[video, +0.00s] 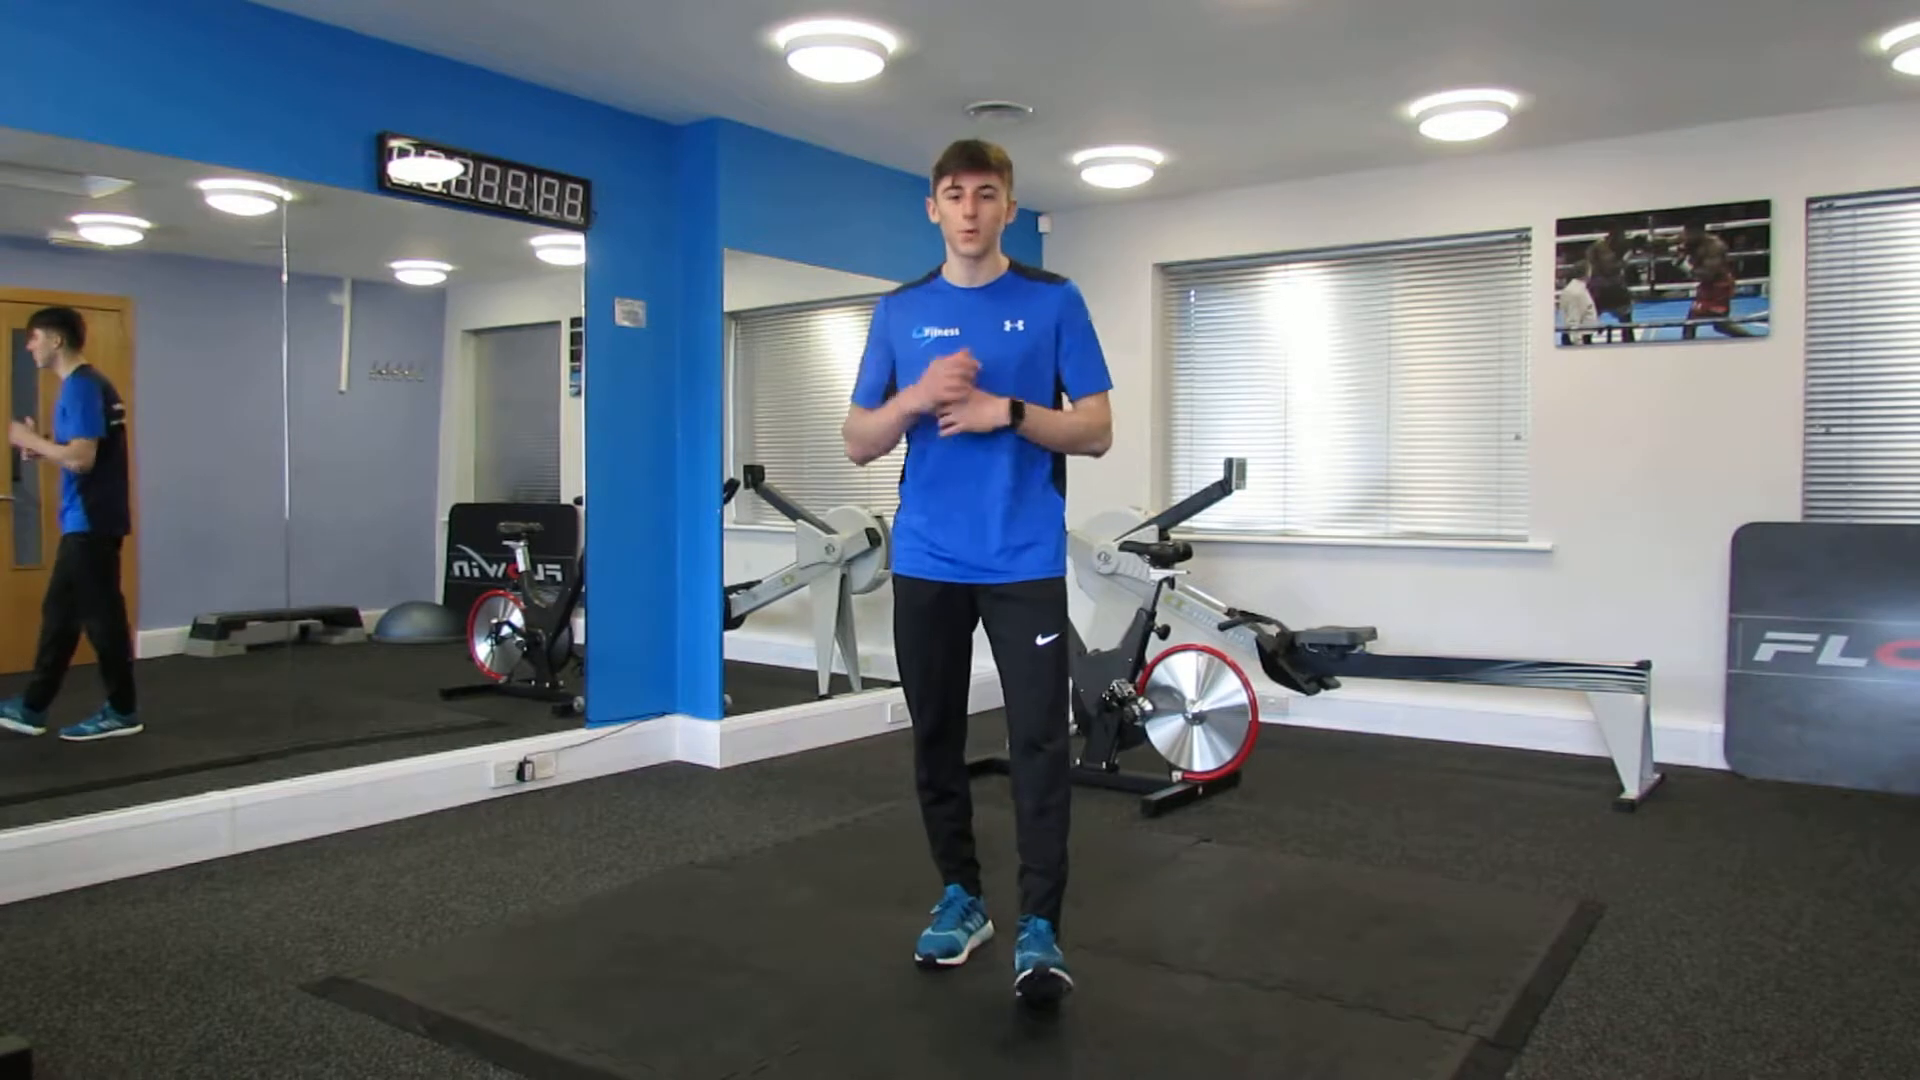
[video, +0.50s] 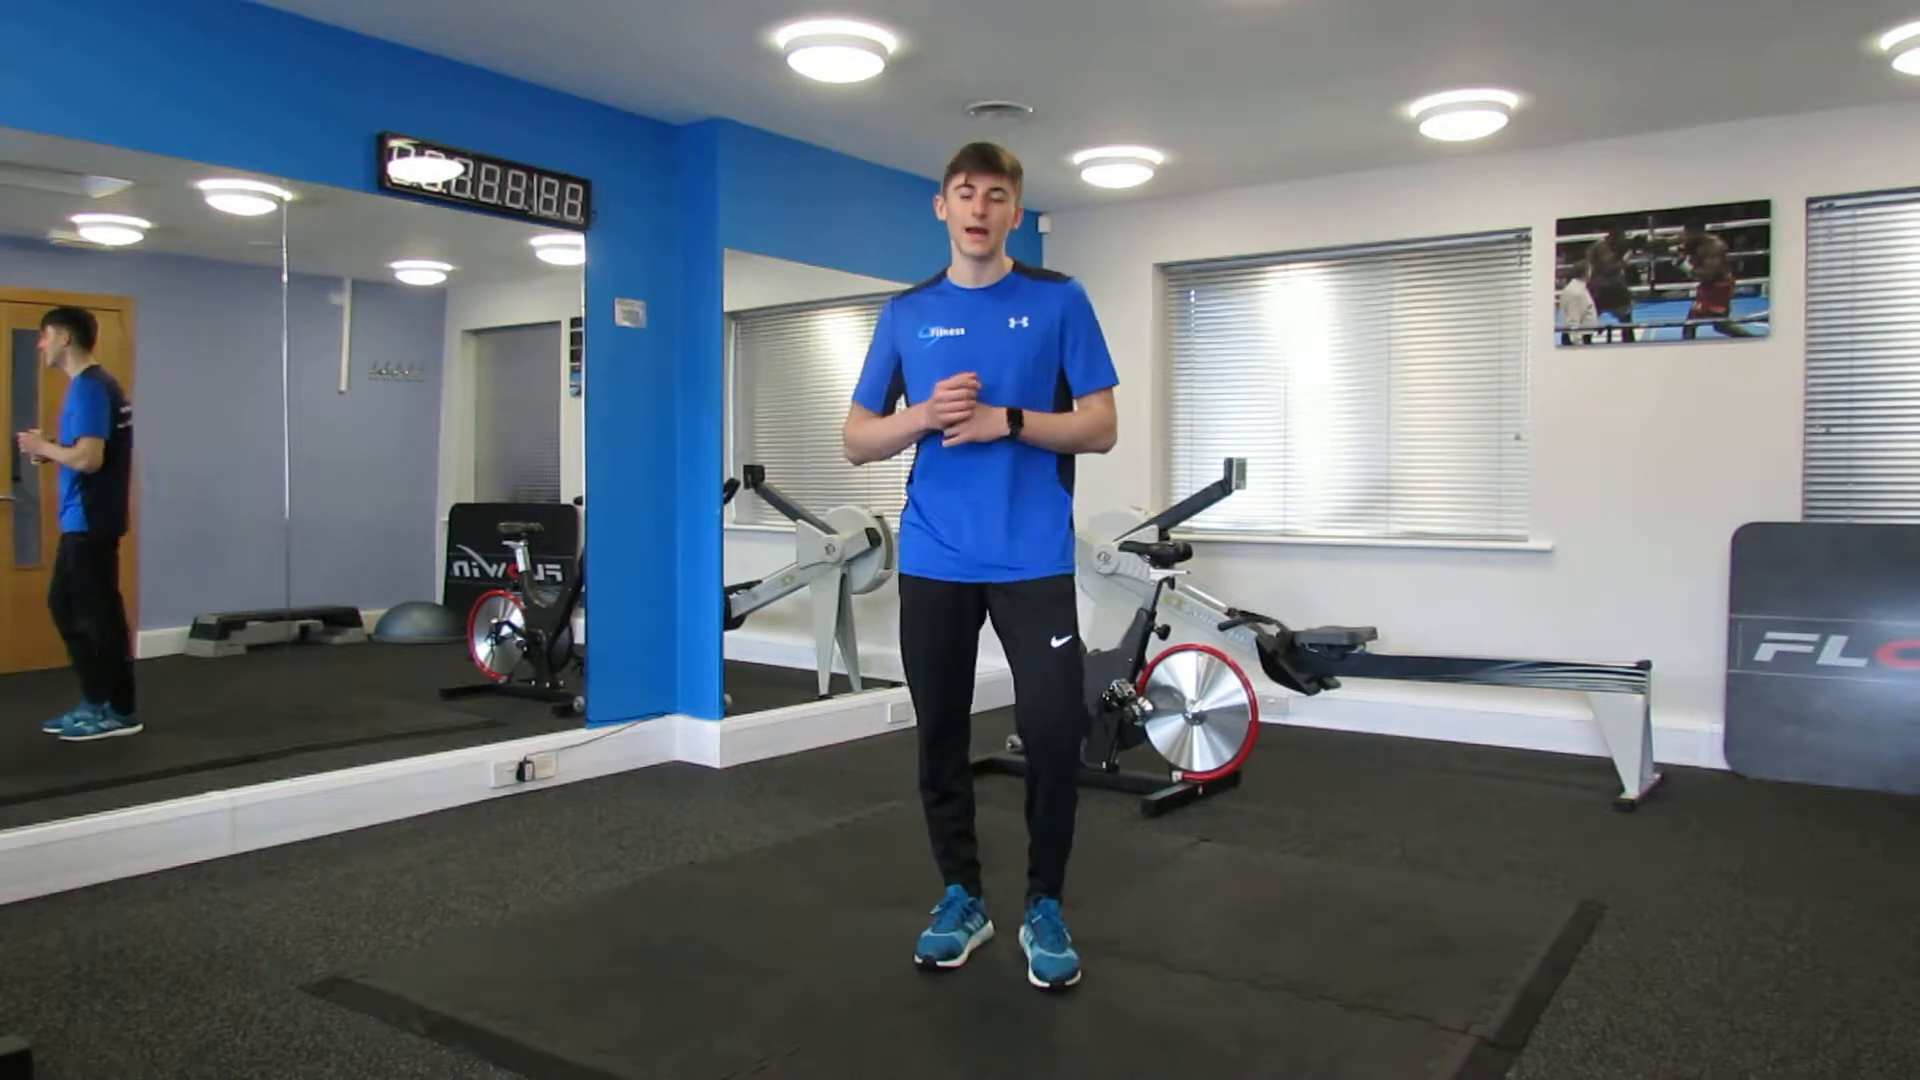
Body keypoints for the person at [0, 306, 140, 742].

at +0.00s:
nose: (30, 347)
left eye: (34, 338)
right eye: (30, 338)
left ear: (57, 340)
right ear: (61, 341)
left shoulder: (83, 386)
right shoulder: (87, 384)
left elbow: (82, 457)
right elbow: (89, 451)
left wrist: (34, 441)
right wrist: (47, 450)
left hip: (93, 527)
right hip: (87, 526)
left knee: (101, 616)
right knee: (60, 613)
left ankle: (122, 709)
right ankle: (32, 708)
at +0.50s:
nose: (40, 345)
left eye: (45, 336)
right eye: (41, 336)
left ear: (67, 339)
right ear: (75, 340)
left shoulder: (92, 387)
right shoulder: (92, 384)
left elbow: (89, 458)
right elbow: (87, 454)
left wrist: (44, 447)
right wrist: (49, 452)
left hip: (92, 526)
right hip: (86, 525)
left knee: (94, 610)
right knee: (65, 604)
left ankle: (117, 708)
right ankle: (96, 702)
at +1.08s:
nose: (14, 350)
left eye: (19, 340)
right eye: (15, 341)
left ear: (38, 342)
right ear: (49, 343)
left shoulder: (54, 389)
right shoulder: (83, 388)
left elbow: (54, 456)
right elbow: (70, 454)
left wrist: (13, 448)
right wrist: (22, 451)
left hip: (57, 524)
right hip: (84, 523)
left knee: (31, 607)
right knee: (75, 606)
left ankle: (99, 694)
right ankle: (98, 698)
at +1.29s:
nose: (1, 350)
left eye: (5, 341)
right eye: (2, 341)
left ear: (24, 344)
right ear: (38, 345)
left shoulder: (39, 387)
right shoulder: (70, 388)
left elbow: (47, 457)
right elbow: (69, 457)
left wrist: (6, 450)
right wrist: (20, 452)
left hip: (37, 525)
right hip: (70, 525)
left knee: (8, 609)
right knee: (72, 610)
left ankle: (39, 703)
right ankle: (100, 703)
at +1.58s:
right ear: (11, 343)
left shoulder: (9, 388)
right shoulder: (32, 389)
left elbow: (11, 459)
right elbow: (37, 459)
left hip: (16, 528)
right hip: (40, 526)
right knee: (54, 611)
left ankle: (97, 700)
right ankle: (97, 701)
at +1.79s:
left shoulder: (6, 400)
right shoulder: (7, 399)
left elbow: (8, 472)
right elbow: (10, 472)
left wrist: (11, 525)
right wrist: (11, 525)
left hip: (3, 527)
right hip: (3, 526)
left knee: (5, 611)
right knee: (5, 610)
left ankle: (74, 682)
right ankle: (73, 682)